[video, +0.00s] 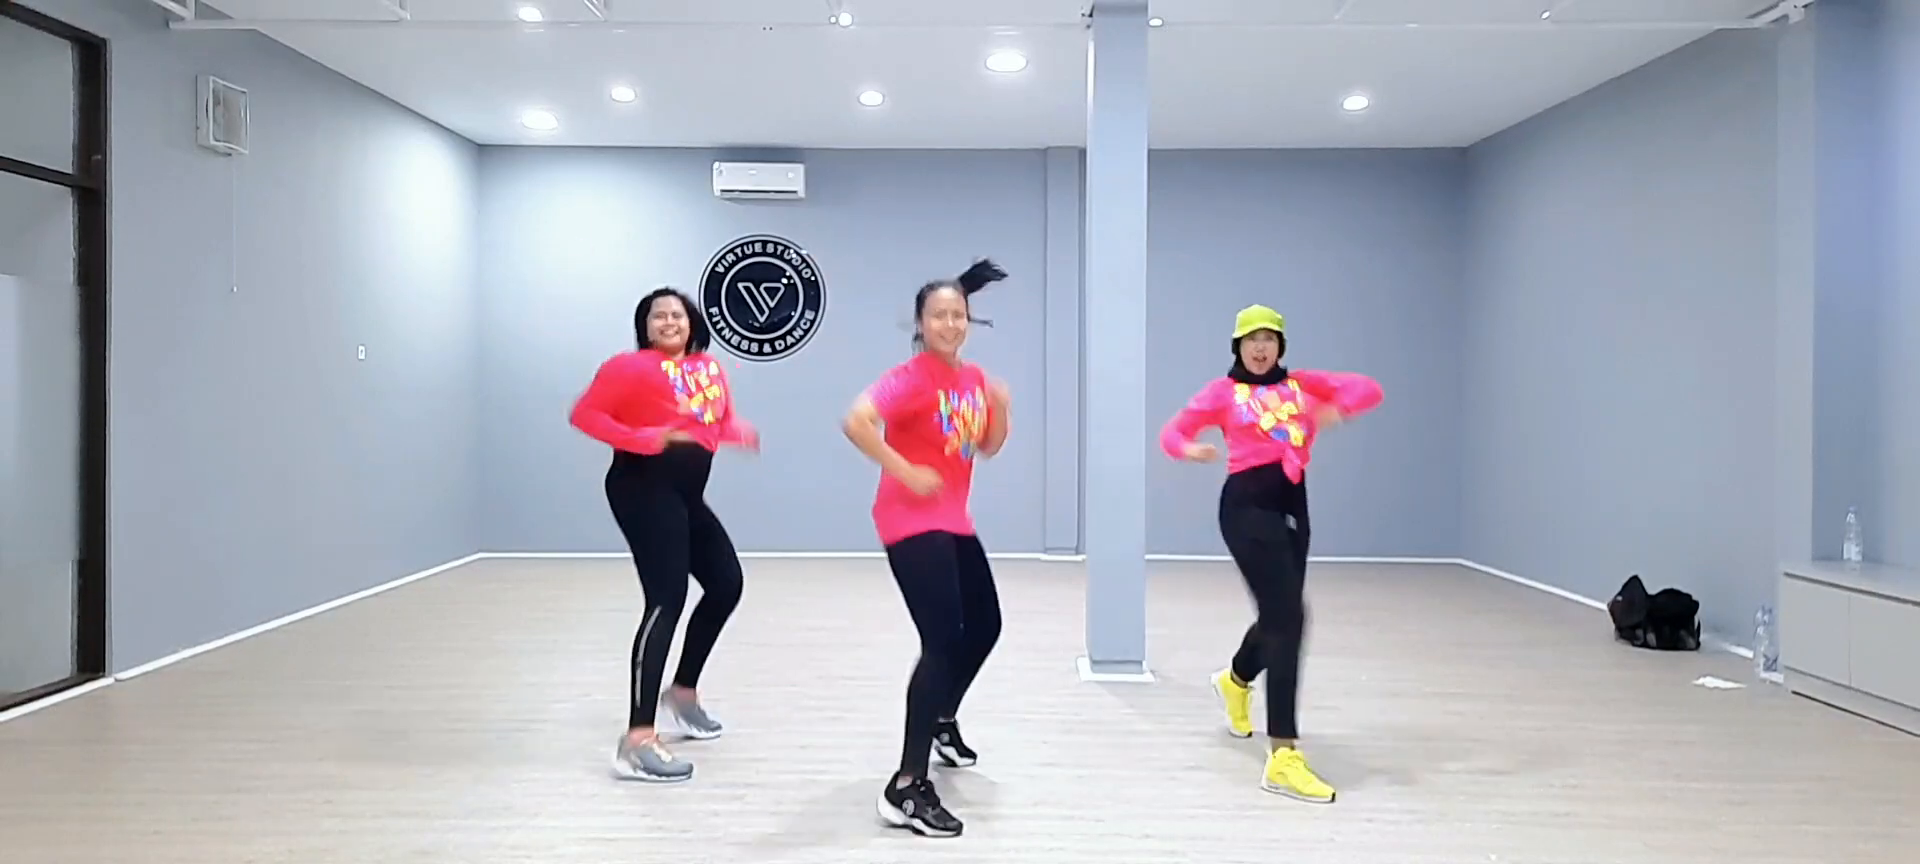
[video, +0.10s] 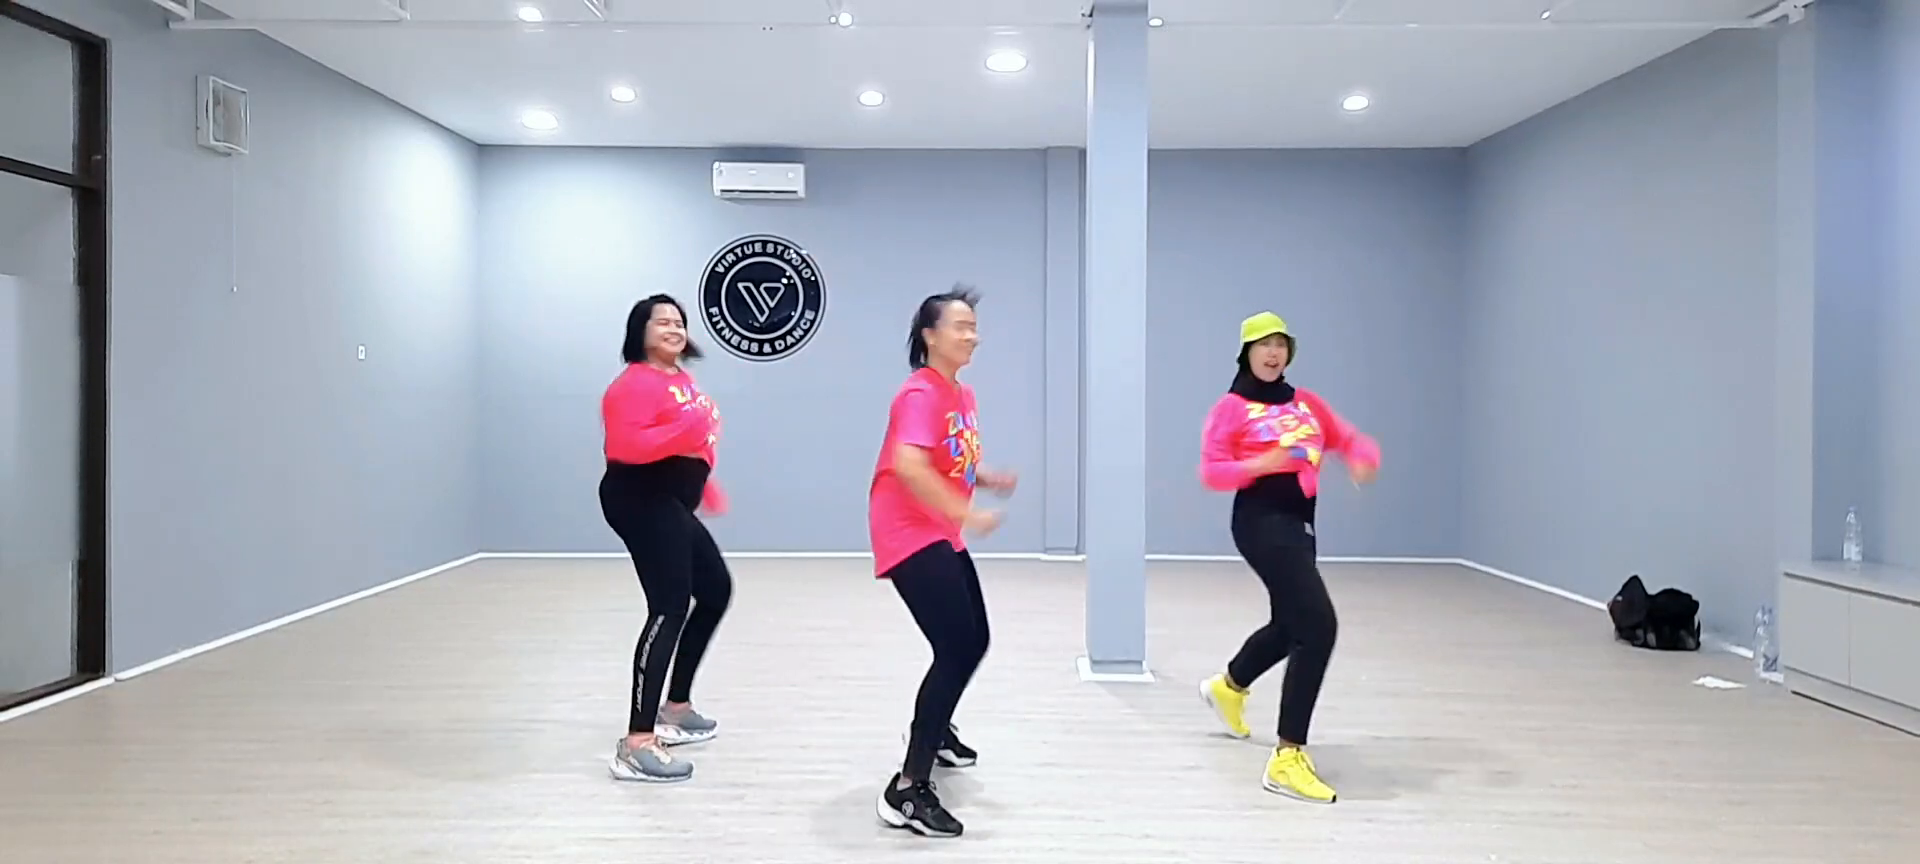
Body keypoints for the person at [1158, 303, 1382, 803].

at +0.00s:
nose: (1260, 348)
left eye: (1268, 340)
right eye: (1251, 340)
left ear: (1281, 346)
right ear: (1238, 347)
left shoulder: (1302, 384)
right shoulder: (1224, 392)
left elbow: (1370, 389)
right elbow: (1171, 434)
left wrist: (1336, 410)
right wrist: (1187, 450)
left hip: (1291, 505)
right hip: (1246, 505)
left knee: (1283, 610)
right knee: (1285, 613)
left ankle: (1237, 679)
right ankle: (1283, 754)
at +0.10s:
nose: (1274, 353)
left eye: (1281, 346)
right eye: (1264, 345)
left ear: (1289, 353)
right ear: (1246, 351)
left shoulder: (1306, 403)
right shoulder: (1230, 408)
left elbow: (1349, 440)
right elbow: (1212, 472)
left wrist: (1362, 457)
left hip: (1298, 526)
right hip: (1259, 523)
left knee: (1289, 626)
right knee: (1319, 627)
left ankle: (1228, 686)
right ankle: (1288, 757)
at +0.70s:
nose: (1235, 327)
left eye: (1241, 321)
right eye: (1238, 320)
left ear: (1256, 327)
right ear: (1272, 327)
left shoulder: (1264, 365)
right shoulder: (1277, 366)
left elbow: (1228, 415)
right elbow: (1302, 436)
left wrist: (1203, 383)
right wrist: (1284, 470)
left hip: (1261, 490)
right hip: (1270, 487)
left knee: (1261, 607)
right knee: (1225, 580)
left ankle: (1291, 725)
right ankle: (1282, 690)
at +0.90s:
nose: (1232, 331)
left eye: (1242, 324)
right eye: (1229, 323)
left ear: (1261, 331)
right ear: (1225, 330)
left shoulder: (1279, 372)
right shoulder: (1223, 382)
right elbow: (1218, 436)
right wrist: (1193, 455)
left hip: (1263, 494)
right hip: (1216, 493)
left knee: (1257, 601)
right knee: (1213, 594)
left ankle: (1283, 708)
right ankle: (1222, 687)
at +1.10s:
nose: (1246, 329)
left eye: (1255, 322)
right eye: (1239, 322)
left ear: (1269, 328)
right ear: (1229, 328)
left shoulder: (1293, 372)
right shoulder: (1209, 371)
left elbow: (1344, 406)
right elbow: (1159, 387)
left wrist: (1321, 447)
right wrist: (1146, 341)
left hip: (1271, 485)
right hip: (1218, 485)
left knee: (1281, 587)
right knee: (1215, 587)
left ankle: (1302, 692)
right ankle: (1219, 682)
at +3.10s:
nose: (1237, 339)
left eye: (1246, 331)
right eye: (1230, 330)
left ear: (1256, 338)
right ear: (1215, 335)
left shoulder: (1268, 391)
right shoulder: (1191, 383)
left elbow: (1310, 437)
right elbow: (1158, 434)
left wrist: (1285, 398)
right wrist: (1170, 474)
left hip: (1255, 502)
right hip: (1204, 500)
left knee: (1244, 603)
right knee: (1213, 598)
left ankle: (1226, 696)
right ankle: (1207, 709)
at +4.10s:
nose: (1207, 324)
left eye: (1212, 317)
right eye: (1208, 316)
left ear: (1228, 322)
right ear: (1248, 322)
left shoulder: (1224, 360)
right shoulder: (1268, 364)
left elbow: (1205, 424)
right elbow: (1298, 428)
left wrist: (1180, 427)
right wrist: (1270, 463)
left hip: (1231, 483)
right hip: (1262, 481)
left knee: (1217, 597)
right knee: (1242, 593)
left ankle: (1246, 719)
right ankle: (1258, 704)